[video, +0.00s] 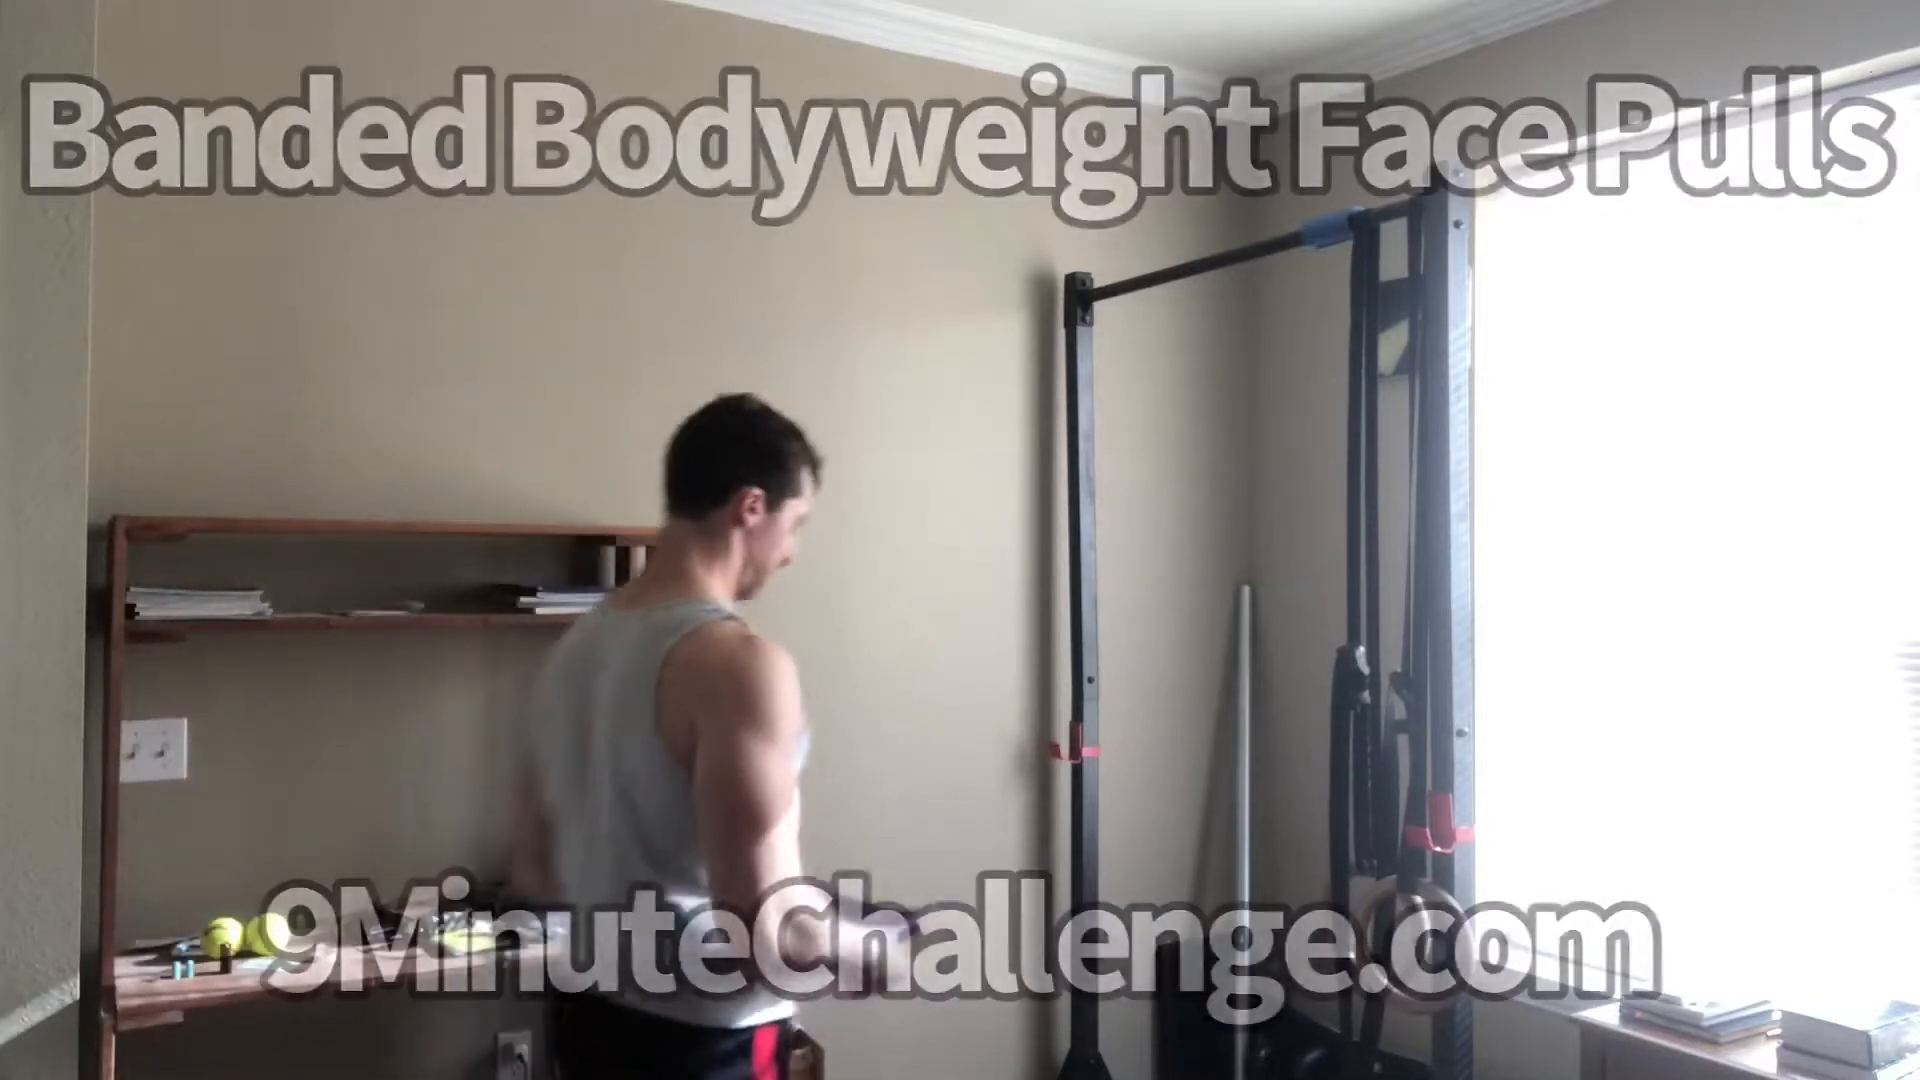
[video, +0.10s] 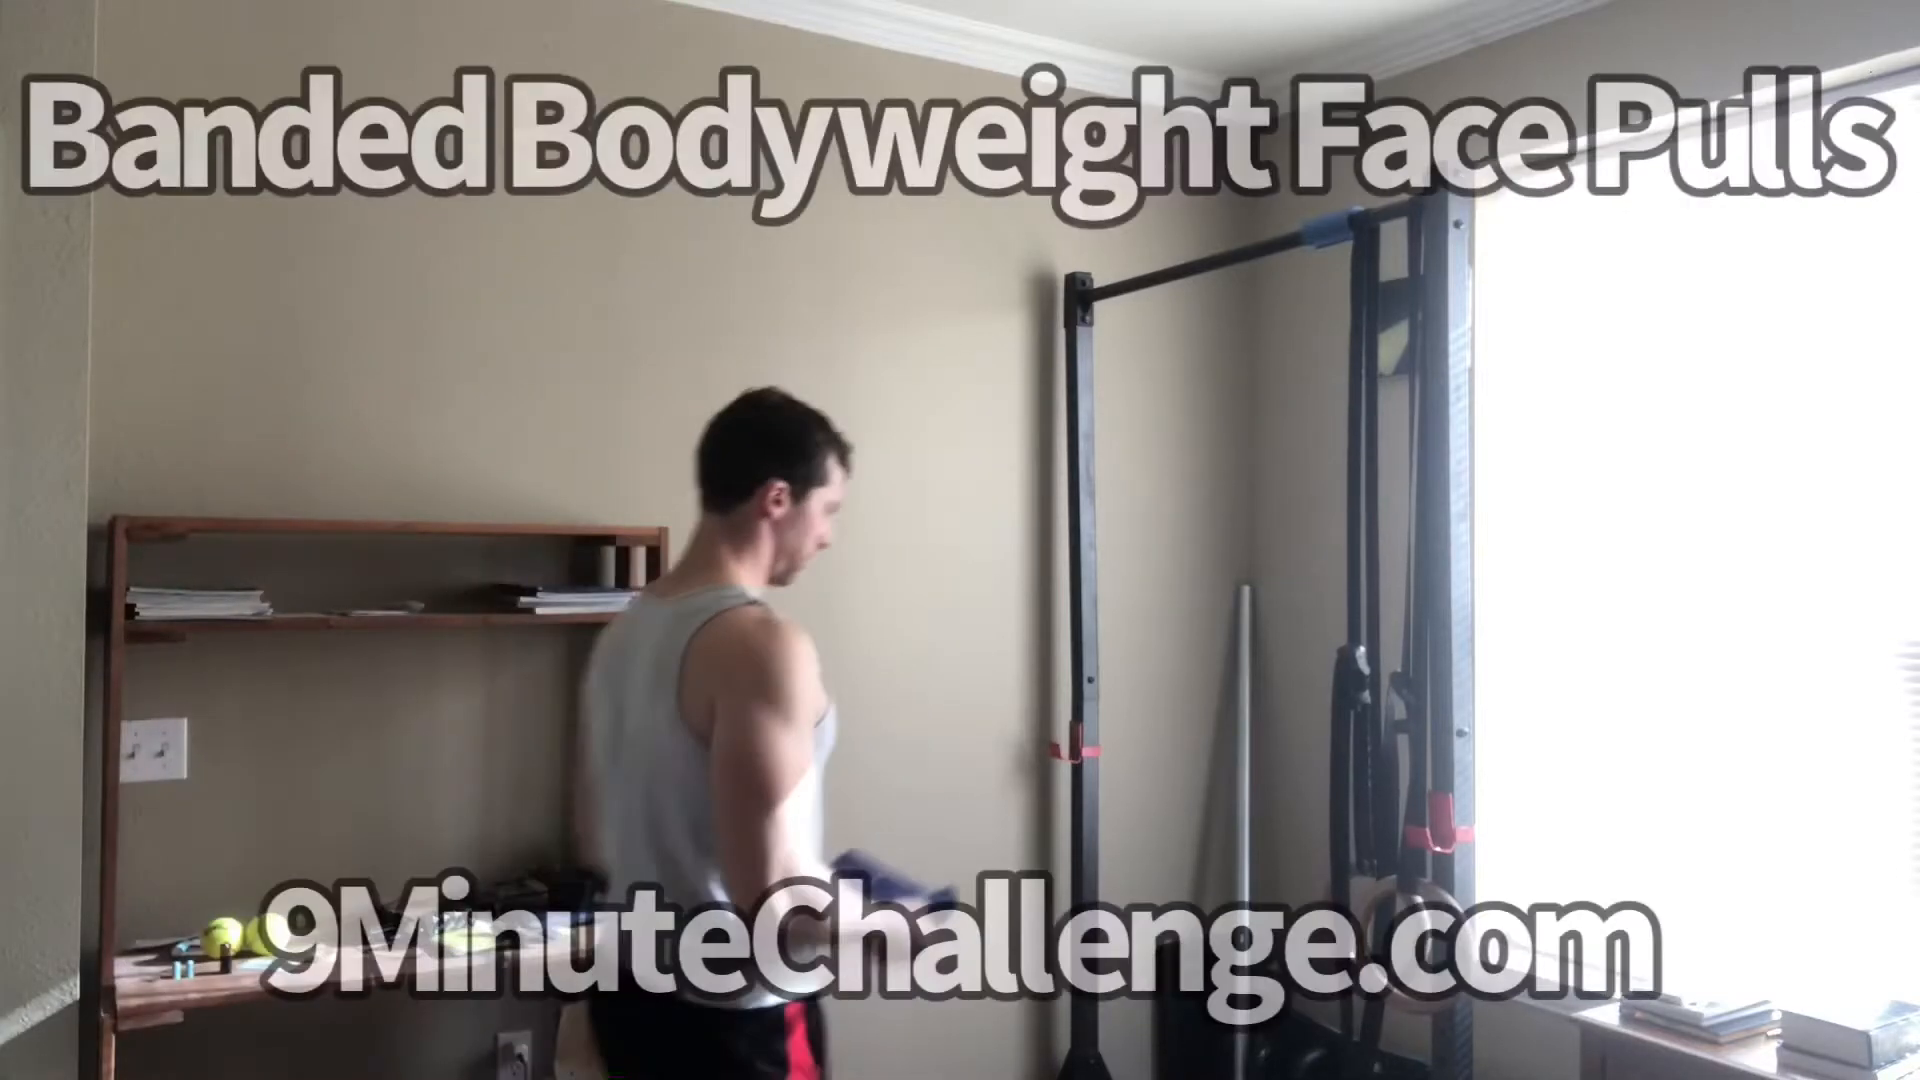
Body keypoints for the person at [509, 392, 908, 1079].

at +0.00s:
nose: (789, 554)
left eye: (798, 529)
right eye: (793, 526)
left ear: (676, 496)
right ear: (749, 510)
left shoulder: (576, 647)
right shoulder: (739, 666)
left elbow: (537, 868)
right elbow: (769, 929)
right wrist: (882, 950)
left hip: (587, 1025)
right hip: (706, 1041)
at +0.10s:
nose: (828, 537)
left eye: (835, 515)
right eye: (828, 511)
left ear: (719, 494)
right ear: (776, 501)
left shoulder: (626, 631)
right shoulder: (761, 645)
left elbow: (597, 844)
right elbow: (775, 902)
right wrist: (900, 933)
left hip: (633, 1002)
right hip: (739, 1015)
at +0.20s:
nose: (859, 532)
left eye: (865, 508)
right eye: (857, 505)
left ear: (802, 495)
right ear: (805, 497)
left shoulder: (681, 614)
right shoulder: (777, 635)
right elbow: (785, 876)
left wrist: (852, 862)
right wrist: (903, 893)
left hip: (674, 981)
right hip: (766, 992)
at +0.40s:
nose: (918, 532)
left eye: (923, 510)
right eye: (914, 507)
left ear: (855, 502)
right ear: (859, 501)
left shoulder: (767, 609)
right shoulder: (812, 634)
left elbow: (810, 816)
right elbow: (813, 857)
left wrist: (932, 806)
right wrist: (953, 834)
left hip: (757, 976)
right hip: (821, 980)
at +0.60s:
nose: (971, 544)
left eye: (975, 523)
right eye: (967, 520)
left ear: (906, 516)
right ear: (912, 513)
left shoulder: (831, 620)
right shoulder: (871, 650)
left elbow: (886, 812)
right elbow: (895, 862)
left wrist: (1014, 804)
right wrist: (1023, 837)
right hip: (891, 996)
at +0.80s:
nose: (1031, 538)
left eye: (1035, 519)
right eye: (1026, 517)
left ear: (962, 511)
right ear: (973, 512)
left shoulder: (887, 615)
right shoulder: (939, 653)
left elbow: (921, 788)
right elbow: (968, 858)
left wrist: (1042, 768)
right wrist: (1082, 802)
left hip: (906, 963)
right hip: (963, 975)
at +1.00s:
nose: (1071, 539)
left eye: (1075, 519)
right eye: (1067, 516)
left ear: (1009, 509)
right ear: (1012, 507)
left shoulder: (944, 609)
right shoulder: (972, 641)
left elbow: (1019, 779)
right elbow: (1040, 840)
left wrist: (1118, 749)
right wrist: (1147, 771)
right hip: (993, 960)